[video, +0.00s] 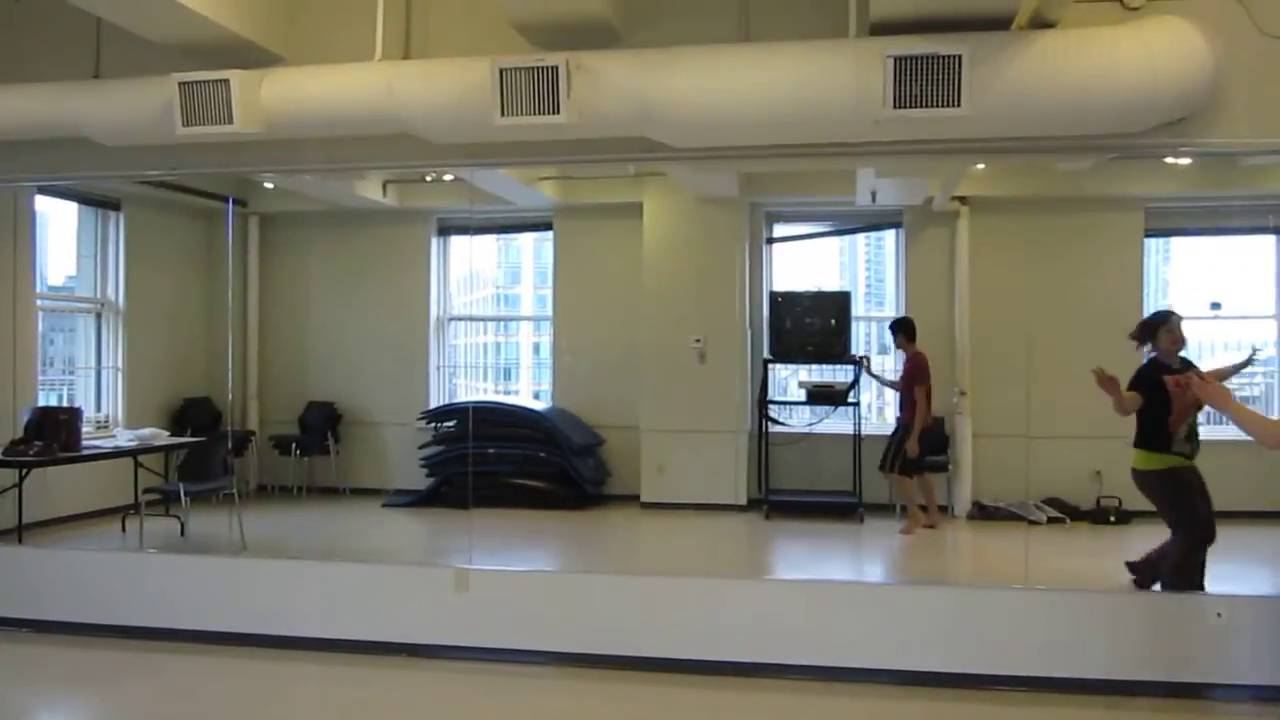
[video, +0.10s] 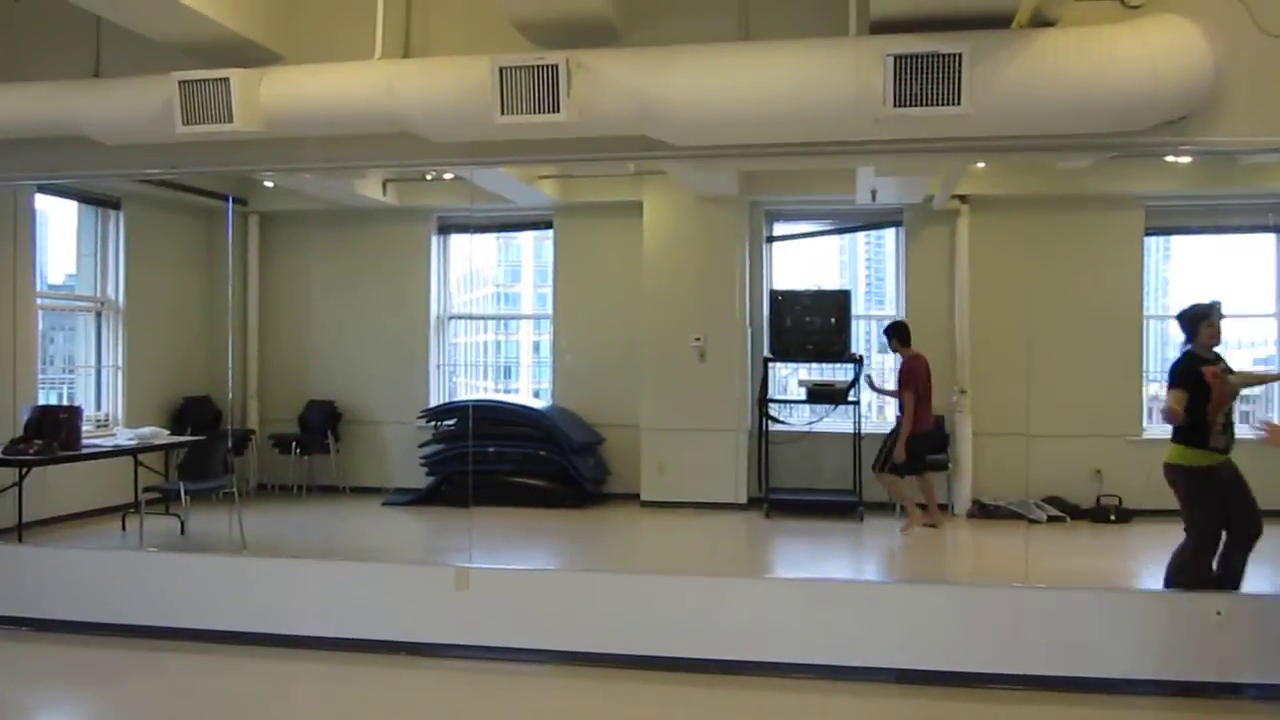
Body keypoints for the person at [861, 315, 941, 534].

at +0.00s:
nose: (893, 341)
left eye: (895, 336)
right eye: (893, 336)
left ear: (903, 336)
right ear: (909, 336)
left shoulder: (916, 361)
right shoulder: (913, 360)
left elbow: (921, 403)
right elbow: (901, 387)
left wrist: (914, 437)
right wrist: (873, 374)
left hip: (910, 424)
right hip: (912, 423)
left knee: (893, 469)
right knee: (918, 470)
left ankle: (914, 516)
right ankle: (933, 514)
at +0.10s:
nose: (889, 345)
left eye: (889, 341)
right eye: (888, 341)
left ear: (895, 341)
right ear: (907, 338)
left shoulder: (908, 366)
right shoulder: (920, 361)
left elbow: (909, 409)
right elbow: (906, 394)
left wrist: (901, 443)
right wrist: (877, 389)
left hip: (909, 430)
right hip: (924, 428)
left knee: (882, 470)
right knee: (920, 469)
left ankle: (913, 512)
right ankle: (934, 514)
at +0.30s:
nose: (871, 349)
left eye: (870, 346)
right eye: (872, 345)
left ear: (872, 346)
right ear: (890, 341)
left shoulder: (874, 375)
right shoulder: (915, 362)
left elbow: (871, 413)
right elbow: (924, 398)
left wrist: (866, 444)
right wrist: (926, 423)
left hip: (897, 434)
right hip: (923, 429)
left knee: (902, 478)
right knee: (934, 467)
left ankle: (911, 523)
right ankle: (941, 509)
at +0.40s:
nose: (866, 349)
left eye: (864, 346)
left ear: (864, 346)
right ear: (884, 340)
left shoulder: (865, 375)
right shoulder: (906, 361)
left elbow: (860, 411)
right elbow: (926, 394)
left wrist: (856, 437)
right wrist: (946, 418)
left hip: (887, 435)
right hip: (913, 429)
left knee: (901, 482)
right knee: (935, 474)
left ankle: (913, 529)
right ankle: (955, 519)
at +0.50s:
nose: (854, 339)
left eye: (854, 336)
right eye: (854, 335)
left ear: (856, 337)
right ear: (872, 331)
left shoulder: (857, 364)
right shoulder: (893, 350)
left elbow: (855, 400)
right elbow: (917, 374)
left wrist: (855, 429)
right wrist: (938, 390)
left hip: (875, 423)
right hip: (900, 418)